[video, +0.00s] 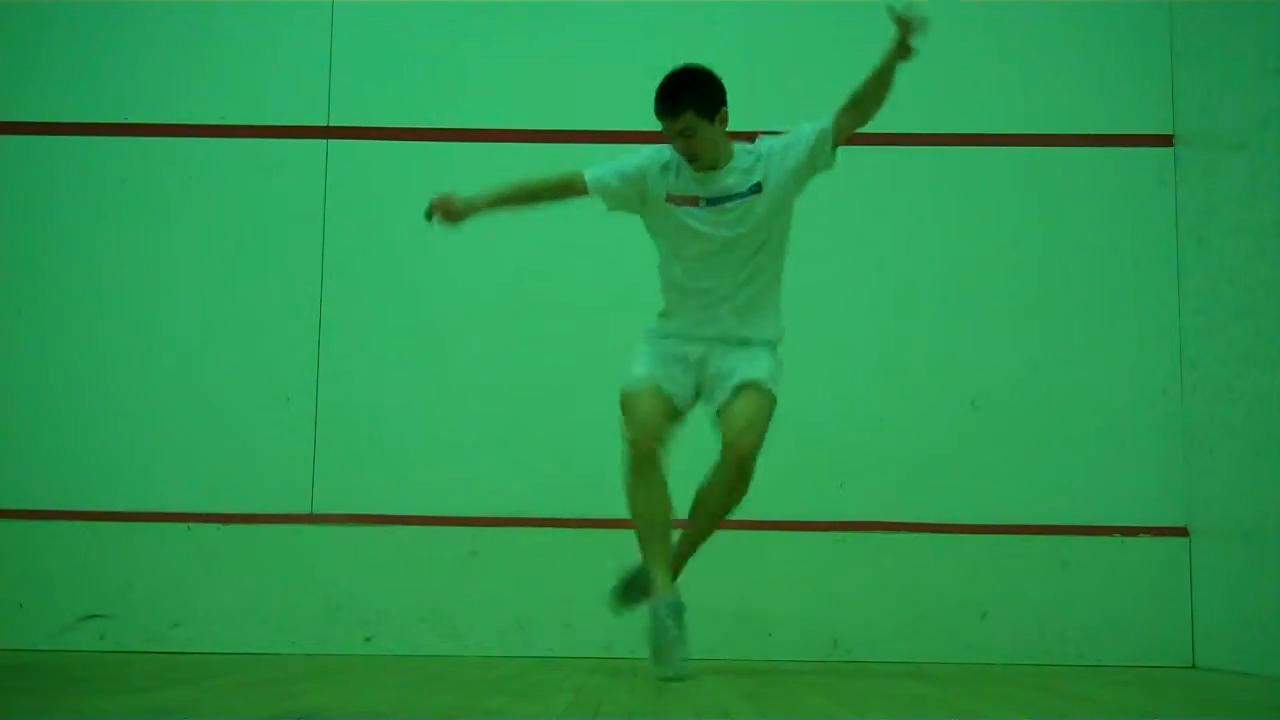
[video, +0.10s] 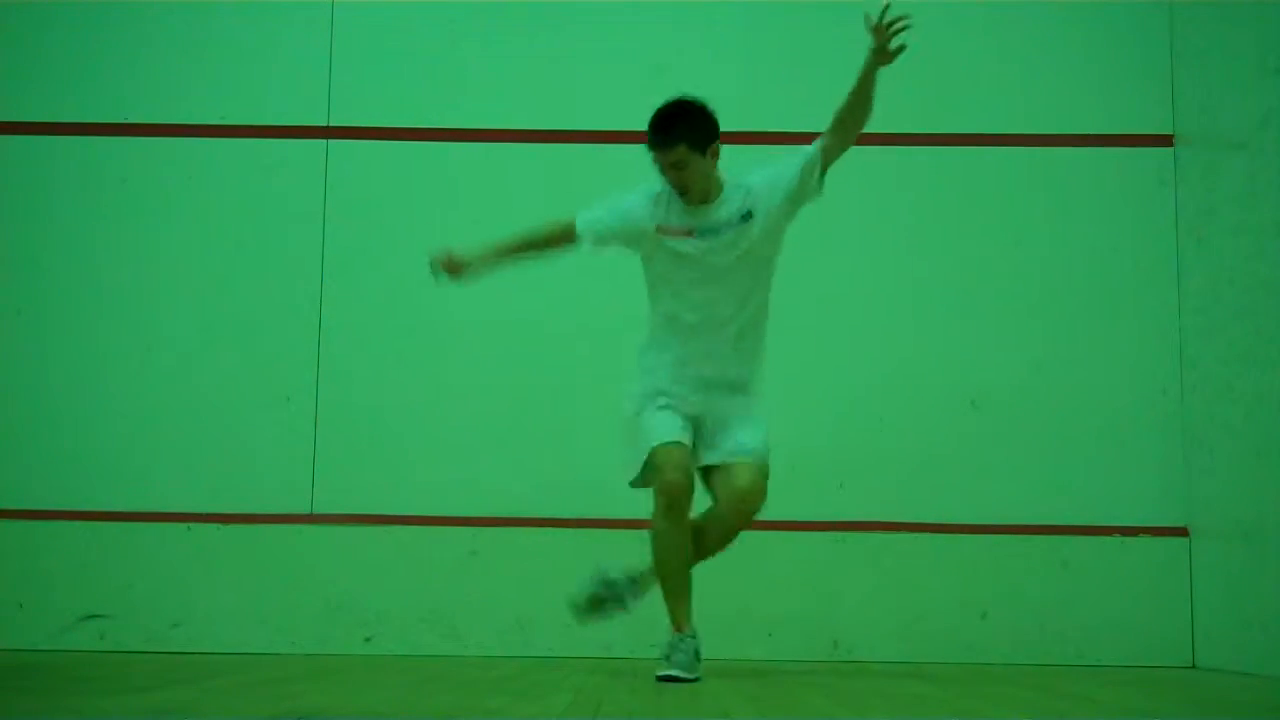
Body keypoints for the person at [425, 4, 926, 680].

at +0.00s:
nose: (679, 147)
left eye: (688, 133)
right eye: (671, 136)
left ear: (721, 118)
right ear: (667, 130)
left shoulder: (778, 161)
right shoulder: (653, 173)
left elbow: (852, 115)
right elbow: (567, 184)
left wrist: (897, 52)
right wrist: (474, 203)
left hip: (748, 345)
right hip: (674, 341)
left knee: (742, 448)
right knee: (639, 431)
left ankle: (663, 566)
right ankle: (662, 599)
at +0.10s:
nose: (672, 180)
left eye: (679, 166)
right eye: (663, 170)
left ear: (713, 152)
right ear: (657, 164)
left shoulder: (768, 199)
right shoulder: (647, 214)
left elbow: (840, 136)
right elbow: (565, 233)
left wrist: (874, 65)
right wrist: (478, 259)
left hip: (736, 392)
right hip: (666, 386)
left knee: (744, 500)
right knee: (674, 488)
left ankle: (637, 577)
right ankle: (682, 638)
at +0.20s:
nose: (656, 195)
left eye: (662, 182)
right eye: (648, 186)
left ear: (696, 164)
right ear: (644, 178)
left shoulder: (756, 191)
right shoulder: (637, 227)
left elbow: (831, 139)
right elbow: (584, 274)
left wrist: (880, 76)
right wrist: (533, 320)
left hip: (723, 383)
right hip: (659, 377)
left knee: (743, 472)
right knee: (667, 472)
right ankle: (677, 632)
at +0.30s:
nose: (640, 197)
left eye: (648, 187)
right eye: (633, 188)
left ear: (680, 169)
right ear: (627, 179)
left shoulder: (744, 177)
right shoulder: (624, 222)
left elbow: (831, 146)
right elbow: (602, 284)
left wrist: (913, 110)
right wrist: (586, 346)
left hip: (722, 357)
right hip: (654, 354)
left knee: (740, 450)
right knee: (645, 451)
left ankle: (626, 486)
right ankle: (642, 600)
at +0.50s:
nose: (629, 251)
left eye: (636, 241)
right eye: (621, 242)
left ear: (661, 221)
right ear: (614, 231)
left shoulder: (716, 232)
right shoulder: (609, 254)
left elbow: (786, 263)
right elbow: (610, 326)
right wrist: (611, 401)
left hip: (711, 389)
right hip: (647, 387)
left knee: (677, 504)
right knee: (597, 465)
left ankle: (689, 635)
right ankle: (623, 603)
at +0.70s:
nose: (587, 260)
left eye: (588, 248)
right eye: (577, 255)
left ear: (608, 221)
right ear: (576, 248)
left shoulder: (684, 242)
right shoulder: (599, 281)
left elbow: (767, 280)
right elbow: (574, 334)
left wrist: (843, 328)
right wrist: (526, 387)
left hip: (707, 394)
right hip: (654, 400)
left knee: (611, 486)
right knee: (597, 506)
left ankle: (666, 608)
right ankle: (645, 627)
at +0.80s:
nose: (593, 244)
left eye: (595, 230)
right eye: (585, 238)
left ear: (617, 206)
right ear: (582, 234)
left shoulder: (688, 234)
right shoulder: (604, 272)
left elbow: (780, 247)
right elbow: (555, 309)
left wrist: (871, 261)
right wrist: (504, 339)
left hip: (706, 392)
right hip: (668, 400)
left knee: (578, 398)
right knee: (601, 502)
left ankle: (590, 522)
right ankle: (648, 633)